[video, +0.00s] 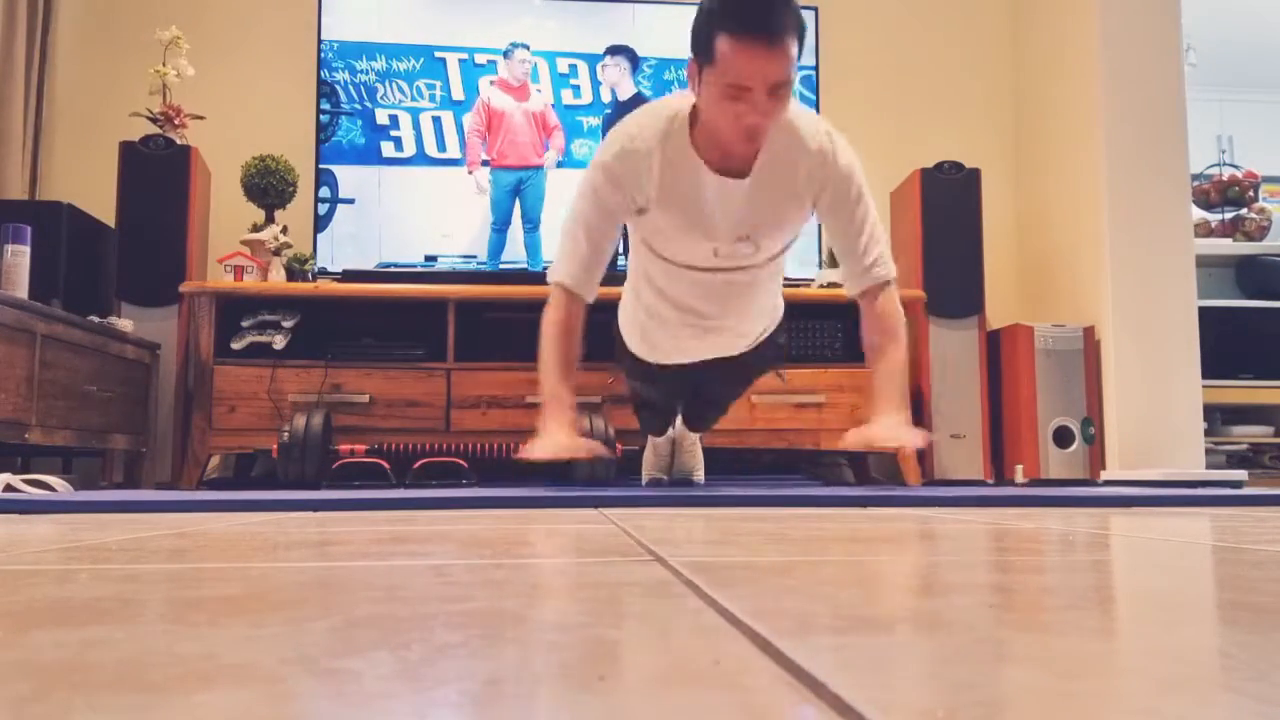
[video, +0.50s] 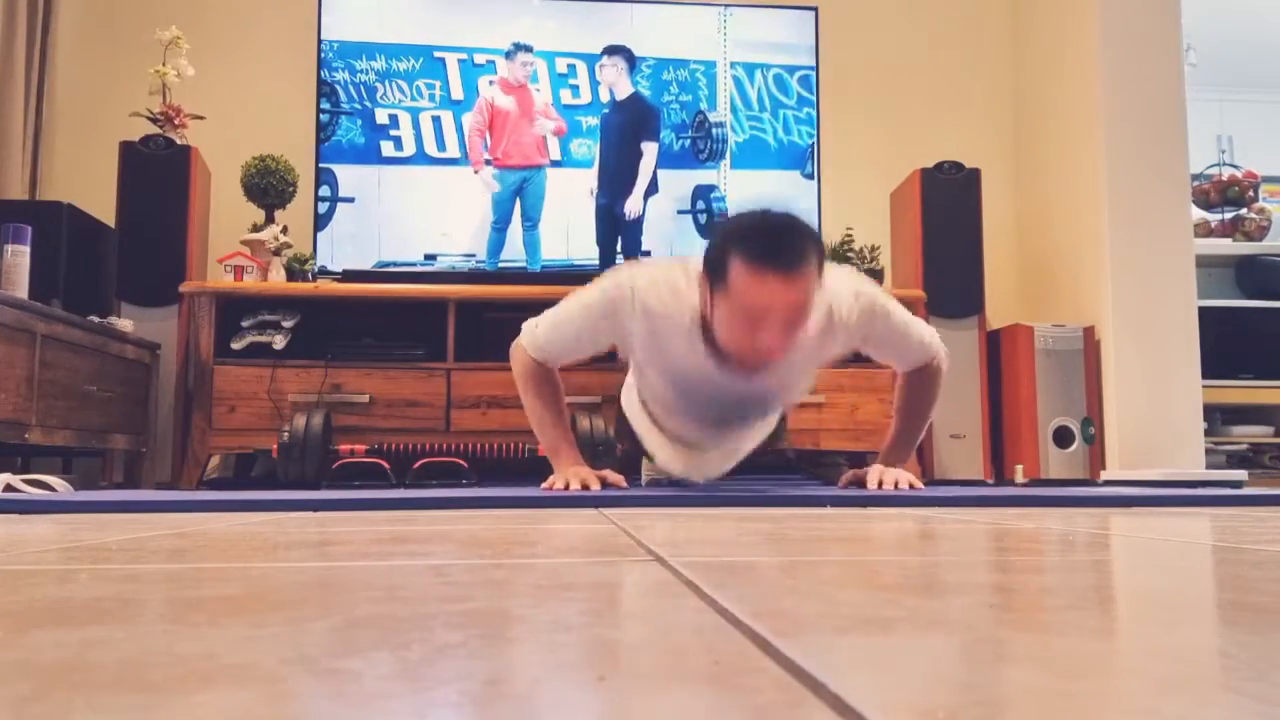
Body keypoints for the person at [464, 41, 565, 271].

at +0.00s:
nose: (527, 67)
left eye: (529, 62)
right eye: (522, 62)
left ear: (531, 65)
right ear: (507, 63)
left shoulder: (538, 97)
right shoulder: (490, 97)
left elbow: (556, 130)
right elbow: (475, 133)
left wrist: (555, 150)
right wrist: (475, 169)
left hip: (534, 171)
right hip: (502, 171)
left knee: (532, 224)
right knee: (500, 225)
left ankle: (536, 272)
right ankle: (492, 270)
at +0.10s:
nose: (528, 67)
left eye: (531, 62)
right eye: (523, 62)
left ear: (533, 65)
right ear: (508, 63)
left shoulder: (540, 98)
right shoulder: (491, 97)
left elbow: (557, 130)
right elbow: (475, 133)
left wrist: (555, 150)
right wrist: (474, 169)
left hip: (534, 171)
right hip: (503, 171)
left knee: (532, 225)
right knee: (500, 225)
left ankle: (535, 272)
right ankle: (491, 271)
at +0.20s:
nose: (529, 67)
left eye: (531, 62)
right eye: (524, 62)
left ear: (533, 65)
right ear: (509, 63)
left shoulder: (539, 96)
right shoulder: (491, 96)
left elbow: (559, 129)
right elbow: (475, 132)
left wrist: (553, 144)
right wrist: (471, 169)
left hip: (534, 171)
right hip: (503, 171)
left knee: (532, 224)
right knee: (500, 224)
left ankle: (535, 271)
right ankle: (491, 270)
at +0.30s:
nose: (529, 67)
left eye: (532, 63)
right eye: (524, 62)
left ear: (534, 65)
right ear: (509, 63)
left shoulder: (540, 95)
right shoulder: (491, 96)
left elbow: (560, 128)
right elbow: (475, 132)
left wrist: (553, 138)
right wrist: (470, 169)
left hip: (535, 171)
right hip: (503, 171)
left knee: (532, 224)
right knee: (500, 224)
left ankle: (535, 271)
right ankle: (491, 270)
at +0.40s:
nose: (530, 68)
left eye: (532, 64)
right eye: (525, 63)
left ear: (534, 65)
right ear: (509, 63)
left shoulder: (539, 95)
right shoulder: (491, 95)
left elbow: (562, 127)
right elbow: (475, 132)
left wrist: (549, 129)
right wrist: (471, 169)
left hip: (535, 170)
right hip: (504, 170)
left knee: (532, 224)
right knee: (500, 224)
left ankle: (535, 271)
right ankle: (491, 270)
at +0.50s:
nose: (529, 70)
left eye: (531, 65)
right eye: (524, 64)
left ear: (533, 66)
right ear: (508, 64)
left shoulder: (537, 96)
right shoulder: (491, 96)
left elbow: (562, 127)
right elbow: (475, 131)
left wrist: (552, 126)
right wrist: (480, 167)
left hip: (535, 170)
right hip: (505, 170)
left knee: (532, 223)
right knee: (500, 224)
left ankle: (535, 270)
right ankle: (490, 269)